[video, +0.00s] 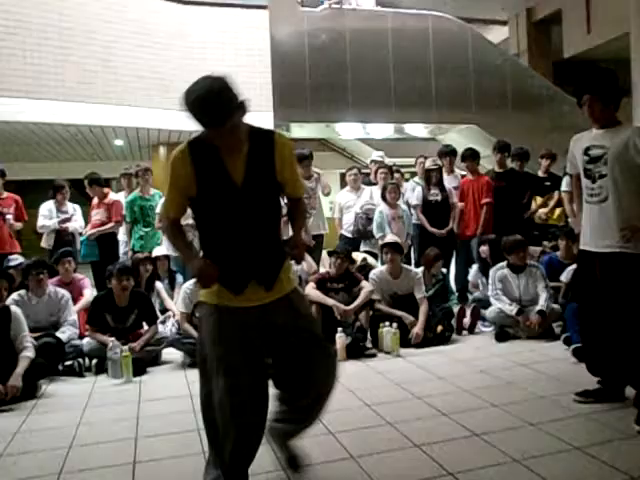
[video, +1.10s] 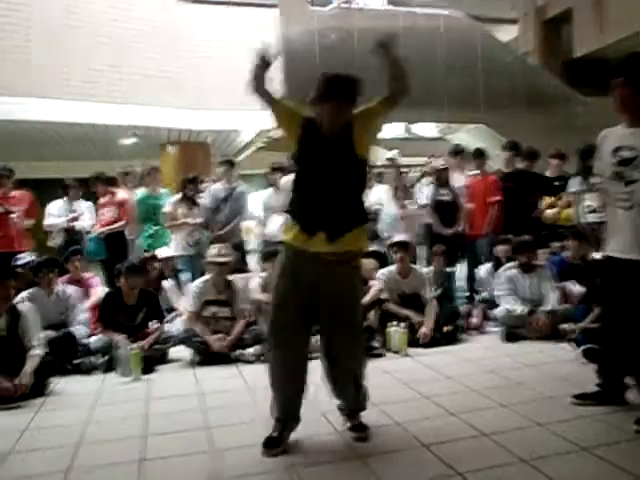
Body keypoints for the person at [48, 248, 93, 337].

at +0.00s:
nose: (66, 266)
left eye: (69, 262)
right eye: (62, 263)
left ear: (74, 265)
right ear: (57, 267)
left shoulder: (82, 280)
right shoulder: (51, 284)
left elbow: (88, 297)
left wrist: (73, 311)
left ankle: (81, 333)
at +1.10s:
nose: (76, 265)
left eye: (78, 261)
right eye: (72, 262)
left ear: (82, 262)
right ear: (66, 266)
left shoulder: (92, 279)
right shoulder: (62, 282)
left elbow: (97, 296)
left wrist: (82, 308)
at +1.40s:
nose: (72, 257)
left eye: (75, 252)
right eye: (68, 254)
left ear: (80, 255)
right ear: (63, 258)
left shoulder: (88, 271)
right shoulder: (57, 274)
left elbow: (94, 287)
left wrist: (78, 300)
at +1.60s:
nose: (61, 256)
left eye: (64, 252)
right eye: (57, 254)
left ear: (69, 254)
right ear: (52, 258)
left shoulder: (78, 270)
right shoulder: (47, 274)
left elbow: (84, 286)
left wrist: (68, 301)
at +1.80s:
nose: (55, 235)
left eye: (58, 231)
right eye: (51, 232)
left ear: (63, 232)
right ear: (45, 234)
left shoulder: (72, 248)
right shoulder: (41, 252)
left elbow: (76, 265)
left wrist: (63, 277)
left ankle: (73, 302)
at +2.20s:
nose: (56, 235)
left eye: (59, 231)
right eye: (53, 232)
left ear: (67, 235)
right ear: (49, 238)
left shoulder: (77, 251)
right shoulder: (46, 255)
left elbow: (81, 269)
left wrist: (69, 282)